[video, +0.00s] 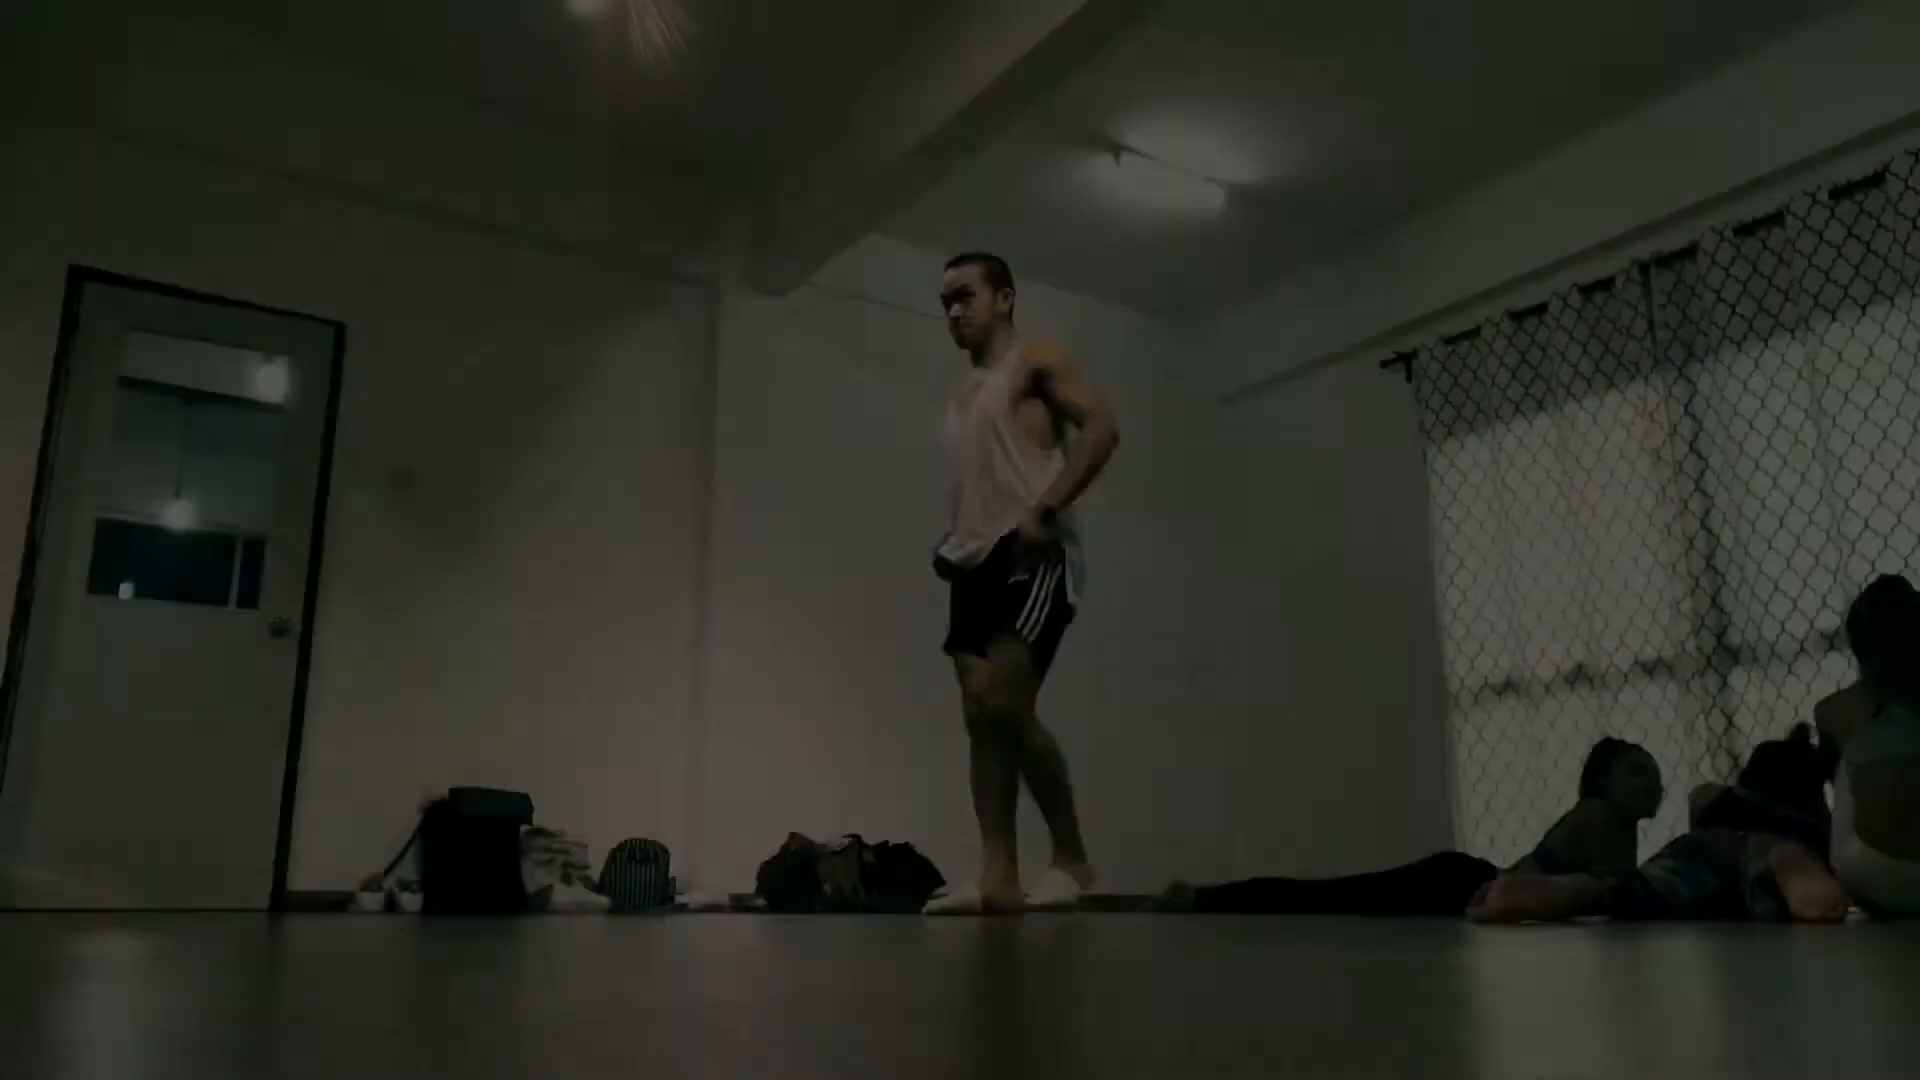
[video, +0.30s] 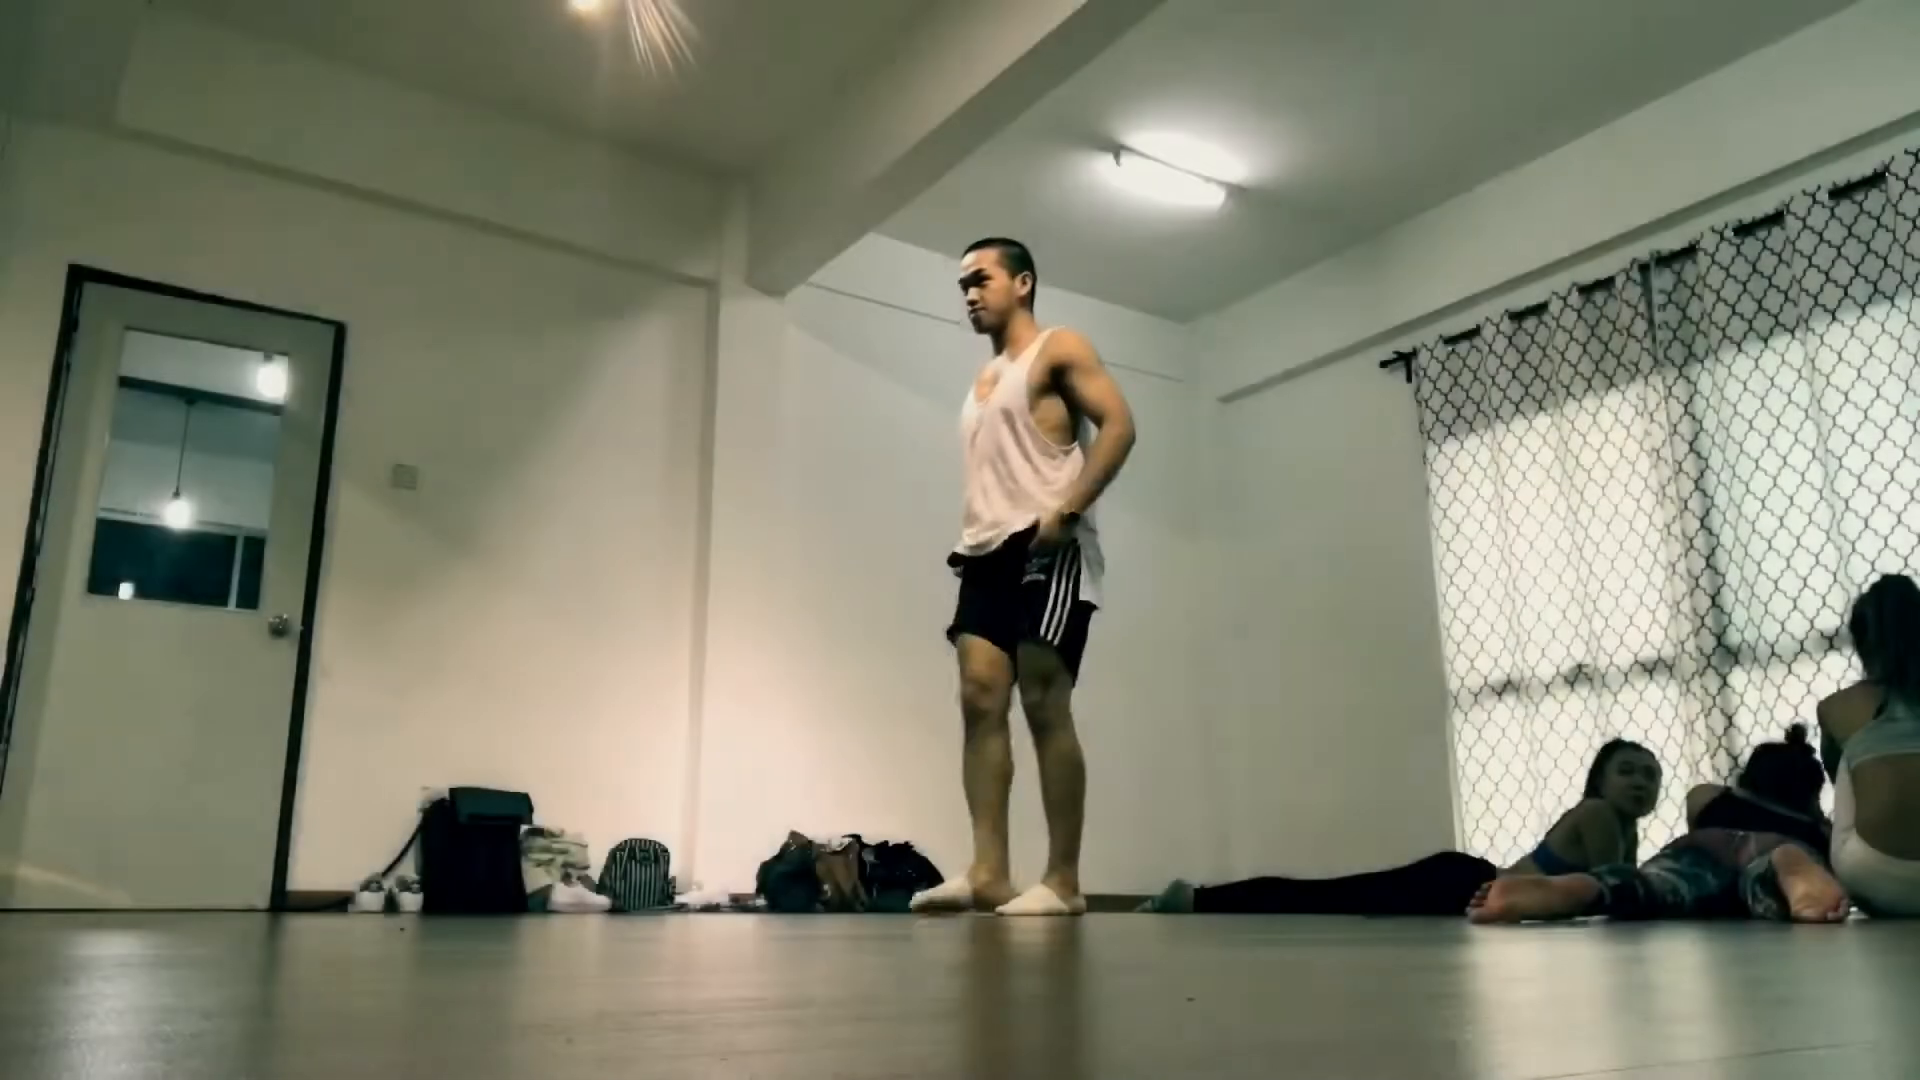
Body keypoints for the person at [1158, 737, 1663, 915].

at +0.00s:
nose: (1656, 789)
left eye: (1655, 778)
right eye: (1644, 779)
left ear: (1622, 787)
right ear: (1613, 783)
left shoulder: (1609, 826)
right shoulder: (1598, 825)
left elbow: (1613, 898)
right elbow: (1610, 899)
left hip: (1469, 885)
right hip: (1465, 886)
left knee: (1334, 895)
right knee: (1332, 898)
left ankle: (1201, 897)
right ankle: (1195, 900)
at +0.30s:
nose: (1646, 786)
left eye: (1652, 779)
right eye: (1633, 775)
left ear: (1655, 789)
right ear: (1603, 778)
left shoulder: (1616, 829)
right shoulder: (1598, 820)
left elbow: (1615, 897)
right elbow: (1612, 895)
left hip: (1471, 886)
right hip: (1464, 885)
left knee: (1338, 894)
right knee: (1333, 896)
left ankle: (1202, 896)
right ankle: (1199, 898)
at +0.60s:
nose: (1639, 786)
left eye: (1648, 779)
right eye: (1627, 774)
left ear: (1656, 790)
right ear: (1601, 778)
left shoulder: (1619, 831)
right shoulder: (1596, 821)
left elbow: (1618, 899)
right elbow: (1611, 898)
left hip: (1473, 888)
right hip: (1463, 884)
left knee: (1340, 894)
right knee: (1334, 896)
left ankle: (1204, 896)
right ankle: (1199, 899)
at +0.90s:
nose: (1638, 789)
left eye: (1648, 782)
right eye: (1626, 777)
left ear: (1656, 793)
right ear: (1601, 779)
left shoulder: (1620, 835)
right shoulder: (1592, 820)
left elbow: (1619, 899)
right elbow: (1609, 897)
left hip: (1471, 888)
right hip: (1461, 884)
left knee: (1337, 895)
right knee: (1331, 895)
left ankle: (1202, 896)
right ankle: (1195, 898)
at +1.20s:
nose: (1635, 787)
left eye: (1647, 781)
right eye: (1624, 775)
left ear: (1657, 794)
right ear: (1602, 780)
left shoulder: (1623, 837)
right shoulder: (1592, 820)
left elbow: (1622, 900)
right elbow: (1610, 897)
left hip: (1472, 888)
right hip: (1462, 884)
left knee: (1331, 895)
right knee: (1327, 896)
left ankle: (1185, 898)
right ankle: (1177, 900)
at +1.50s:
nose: (1642, 790)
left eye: (1654, 784)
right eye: (1632, 777)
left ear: (1665, 797)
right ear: (1610, 781)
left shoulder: (1632, 839)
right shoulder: (1595, 820)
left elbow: (1624, 900)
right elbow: (1613, 896)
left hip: (1478, 890)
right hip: (1467, 883)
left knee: (1345, 892)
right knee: (1341, 891)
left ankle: (1216, 894)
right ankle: (1209, 896)